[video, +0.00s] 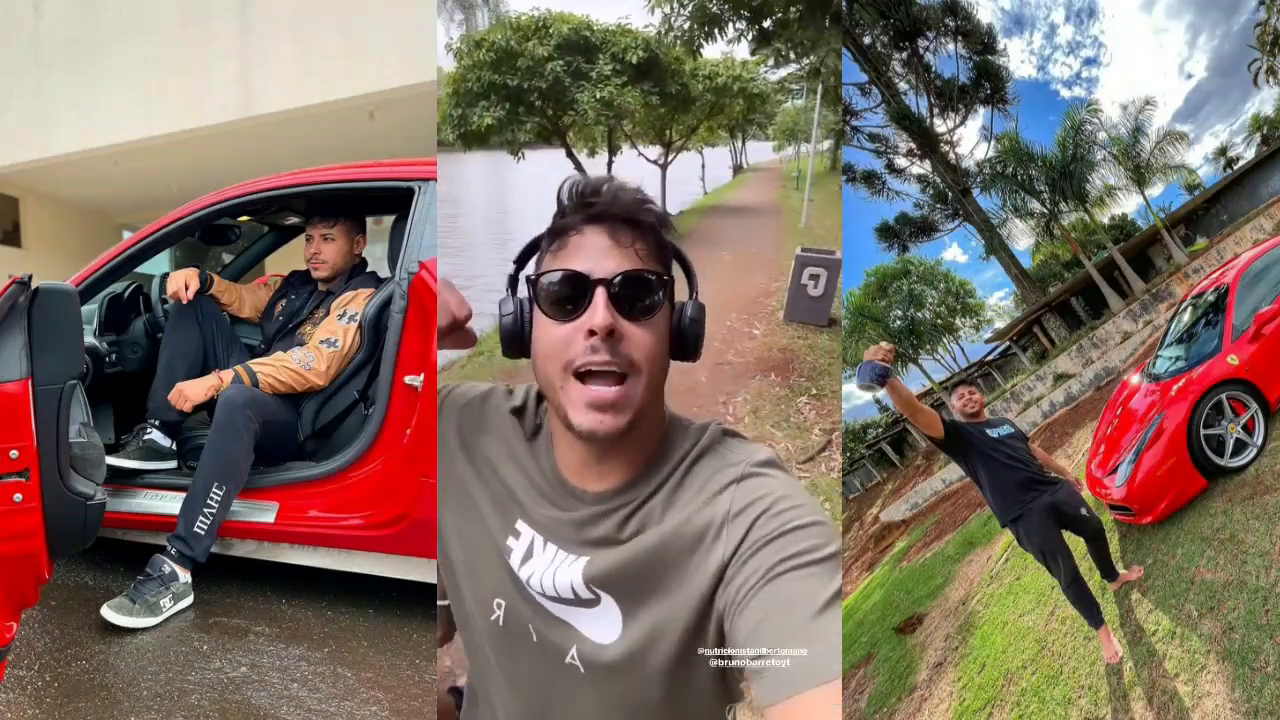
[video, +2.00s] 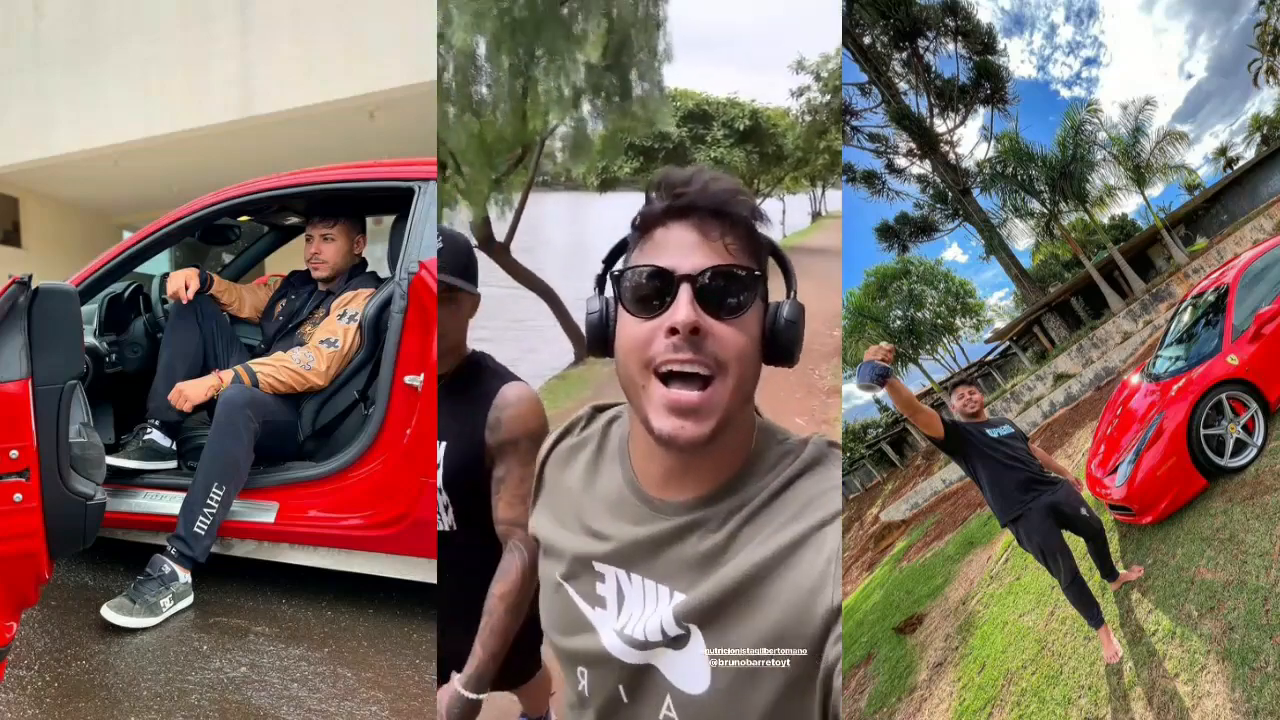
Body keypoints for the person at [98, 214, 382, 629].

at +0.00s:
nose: (314, 249)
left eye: (328, 239)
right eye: (310, 239)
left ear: (358, 245)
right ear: (305, 244)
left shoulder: (362, 297)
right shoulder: (291, 286)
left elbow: (315, 367)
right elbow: (242, 299)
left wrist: (220, 380)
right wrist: (201, 279)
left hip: (314, 412)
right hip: (261, 386)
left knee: (238, 402)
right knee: (195, 302)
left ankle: (176, 567)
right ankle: (160, 433)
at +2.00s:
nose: (314, 249)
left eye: (328, 239)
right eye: (310, 239)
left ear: (359, 245)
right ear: (304, 243)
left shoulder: (361, 297)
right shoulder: (291, 286)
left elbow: (315, 366)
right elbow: (242, 299)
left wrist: (219, 380)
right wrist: (201, 278)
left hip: (315, 410)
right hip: (264, 388)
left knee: (239, 402)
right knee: (196, 302)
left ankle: (177, 567)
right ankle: (161, 433)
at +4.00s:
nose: (314, 250)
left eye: (328, 239)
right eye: (310, 239)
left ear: (358, 245)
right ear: (304, 244)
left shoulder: (362, 297)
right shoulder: (292, 286)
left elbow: (315, 366)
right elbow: (242, 299)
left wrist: (219, 380)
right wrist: (202, 278)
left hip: (316, 410)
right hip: (266, 389)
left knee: (239, 402)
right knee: (196, 303)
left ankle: (177, 568)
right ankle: (161, 433)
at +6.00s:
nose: (314, 249)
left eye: (328, 239)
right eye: (310, 239)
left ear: (358, 245)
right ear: (303, 244)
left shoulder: (361, 297)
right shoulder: (292, 286)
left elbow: (315, 366)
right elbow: (243, 299)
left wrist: (219, 381)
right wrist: (202, 279)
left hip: (315, 411)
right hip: (265, 389)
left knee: (239, 402)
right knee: (196, 303)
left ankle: (177, 568)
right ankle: (161, 433)